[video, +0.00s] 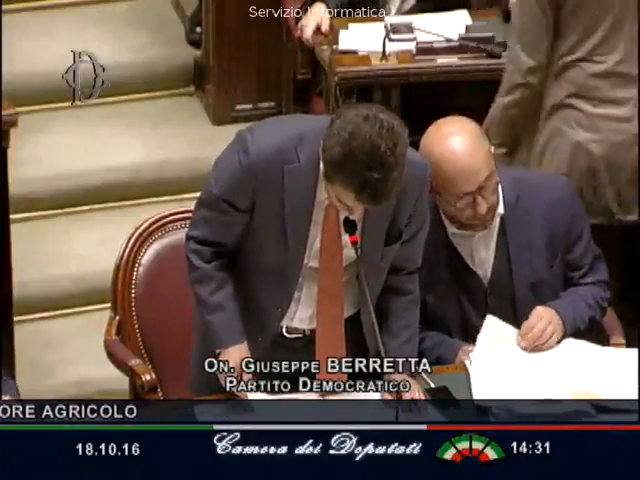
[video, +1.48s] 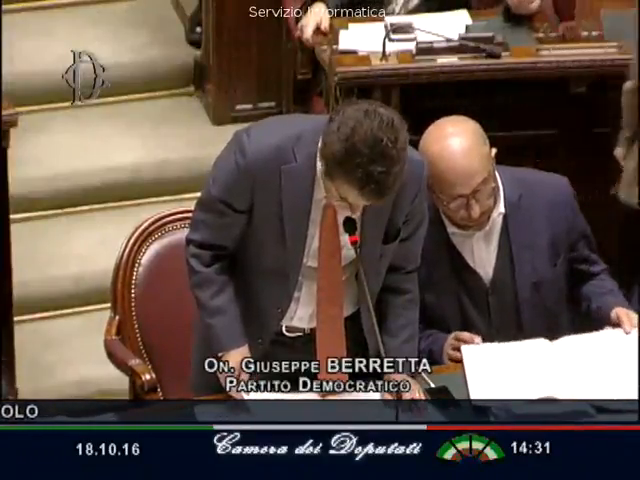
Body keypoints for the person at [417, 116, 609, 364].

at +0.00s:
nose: (481, 207)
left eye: (486, 186)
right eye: (463, 199)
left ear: (493, 158)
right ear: (432, 189)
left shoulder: (552, 197)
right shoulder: (409, 225)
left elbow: (594, 284)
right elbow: (402, 327)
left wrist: (561, 315)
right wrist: (455, 353)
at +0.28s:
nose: (480, 206)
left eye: (485, 185)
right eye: (461, 198)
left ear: (492, 156)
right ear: (431, 187)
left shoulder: (553, 198)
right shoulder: (408, 224)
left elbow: (593, 284)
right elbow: (401, 326)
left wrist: (563, 316)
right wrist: (454, 353)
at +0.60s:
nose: (476, 208)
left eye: (482, 188)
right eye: (458, 199)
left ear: (492, 158)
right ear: (430, 187)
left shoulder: (553, 198)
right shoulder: (408, 224)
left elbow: (594, 282)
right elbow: (401, 326)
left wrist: (578, 310)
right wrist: (448, 350)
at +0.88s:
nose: (472, 211)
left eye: (481, 192)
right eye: (455, 201)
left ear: (493, 161)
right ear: (429, 188)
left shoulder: (552, 197)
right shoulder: (407, 224)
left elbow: (588, 268)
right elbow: (396, 326)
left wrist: (590, 301)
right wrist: (444, 349)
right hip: (463, 385)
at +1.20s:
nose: (473, 211)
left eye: (481, 192)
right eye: (455, 200)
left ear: (493, 157)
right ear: (429, 185)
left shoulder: (552, 197)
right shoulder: (407, 221)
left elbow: (586, 271)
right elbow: (394, 324)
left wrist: (601, 305)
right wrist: (441, 348)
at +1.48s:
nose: (472, 210)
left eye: (481, 191)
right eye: (455, 199)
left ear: (493, 158)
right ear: (428, 185)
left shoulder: (551, 196)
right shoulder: (407, 221)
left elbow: (587, 272)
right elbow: (392, 322)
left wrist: (612, 307)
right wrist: (440, 346)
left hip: (556, 376)